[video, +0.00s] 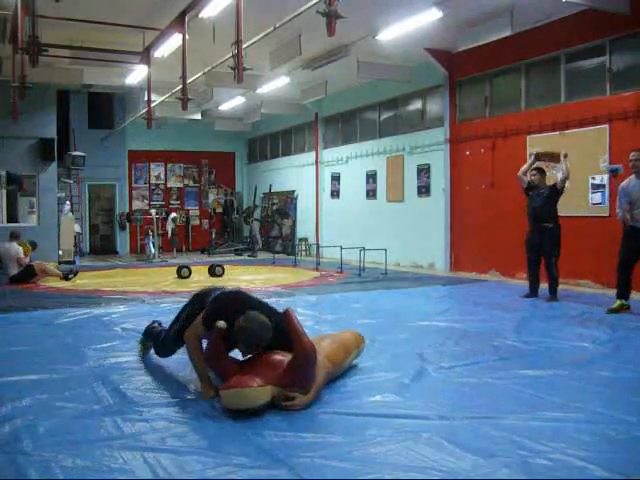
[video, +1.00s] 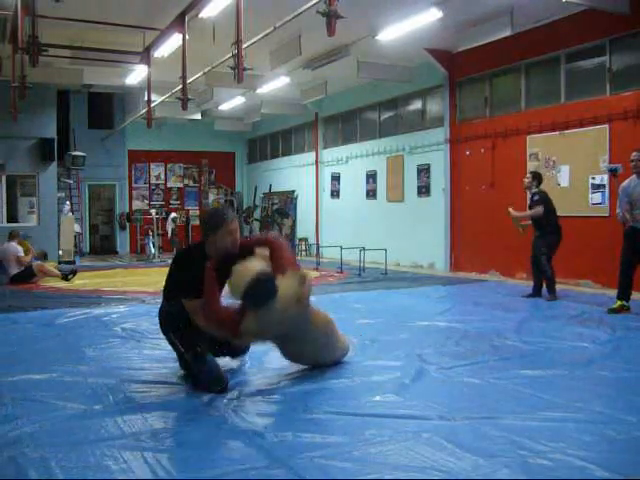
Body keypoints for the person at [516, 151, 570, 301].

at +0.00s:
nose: (532, 177)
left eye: (535, 174)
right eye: (531, 175)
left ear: (543, 177)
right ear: (530, 178)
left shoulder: (553, 190)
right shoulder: (530, 191)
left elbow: (565, 177)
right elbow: (520, 174)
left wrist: (564, 161)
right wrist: (530, 162)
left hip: (550, 228)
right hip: (534, 228)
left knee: (550, 261)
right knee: (532, 261)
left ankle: (553, 292)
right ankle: (533, 290)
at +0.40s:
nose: (539, 176)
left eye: (541, 174)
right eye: (537, 174)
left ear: (547, 176)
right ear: (534, 177)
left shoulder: (551, 188)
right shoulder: (532, 191)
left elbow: (553, 164)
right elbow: (517, 187)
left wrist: (549, 157)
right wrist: (519, 173)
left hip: (548, 225)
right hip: (535, 226)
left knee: (547, 260)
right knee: (533, 259)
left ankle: (551, 291)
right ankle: (536, 289)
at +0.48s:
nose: (537, 176)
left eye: (540, 174)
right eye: (538, 173)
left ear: (545, 176)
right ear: (541, 177)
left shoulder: (549, 189)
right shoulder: (537, 192)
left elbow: (549, 166)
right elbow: (520, 198)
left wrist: (538, 156)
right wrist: (518, 182)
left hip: (546, 227)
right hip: (536, 227)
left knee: (543, 259)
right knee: (533, 259)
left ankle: (551, 291)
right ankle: (536, 289)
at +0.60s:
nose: (539, 175)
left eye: (543, 172)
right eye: (539, 172)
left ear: (549, 176)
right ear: (541, 175)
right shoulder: (542, 189)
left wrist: (521, 200)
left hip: (546, 228)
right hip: (537, 228)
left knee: (542, 259)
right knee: (533, 259)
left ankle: (550, 291)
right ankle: (536, 289)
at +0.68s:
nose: (539, 177)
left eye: (542, 175)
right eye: (539, 174)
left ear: (548, 178)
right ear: (546, 177)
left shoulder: (548, 190)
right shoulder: (541, 190)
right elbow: (538, 214)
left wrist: (528, 174)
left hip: (547, 231)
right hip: (538, 230)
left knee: (542, 260)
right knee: (533, 260)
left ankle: (550, 291)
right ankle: (536, 290)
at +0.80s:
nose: (535, 177)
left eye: (538, 175)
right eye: (536, 174)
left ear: (545, 179)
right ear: (541, 178)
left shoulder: (544, 192)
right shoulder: (540, 191)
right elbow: (538, 216)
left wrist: (520, 190)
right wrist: (523, 214)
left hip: (548, 232)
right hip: (539, 231)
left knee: (541, 260)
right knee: (534, 260)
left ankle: (550, 291)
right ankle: (536, 290)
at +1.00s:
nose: (524, 180)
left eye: (527, 178)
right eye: (525, 178)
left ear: (535, 182)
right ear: (533, 182)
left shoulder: (539, 195)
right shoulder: (534, 196)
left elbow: (539, 211)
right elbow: (538, 216)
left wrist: (517, 214)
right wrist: (526, 223)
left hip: (550, 232)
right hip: (541, 232)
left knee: (544, 259)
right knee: (535, 260)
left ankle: (551, 292)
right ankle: (536, 290)